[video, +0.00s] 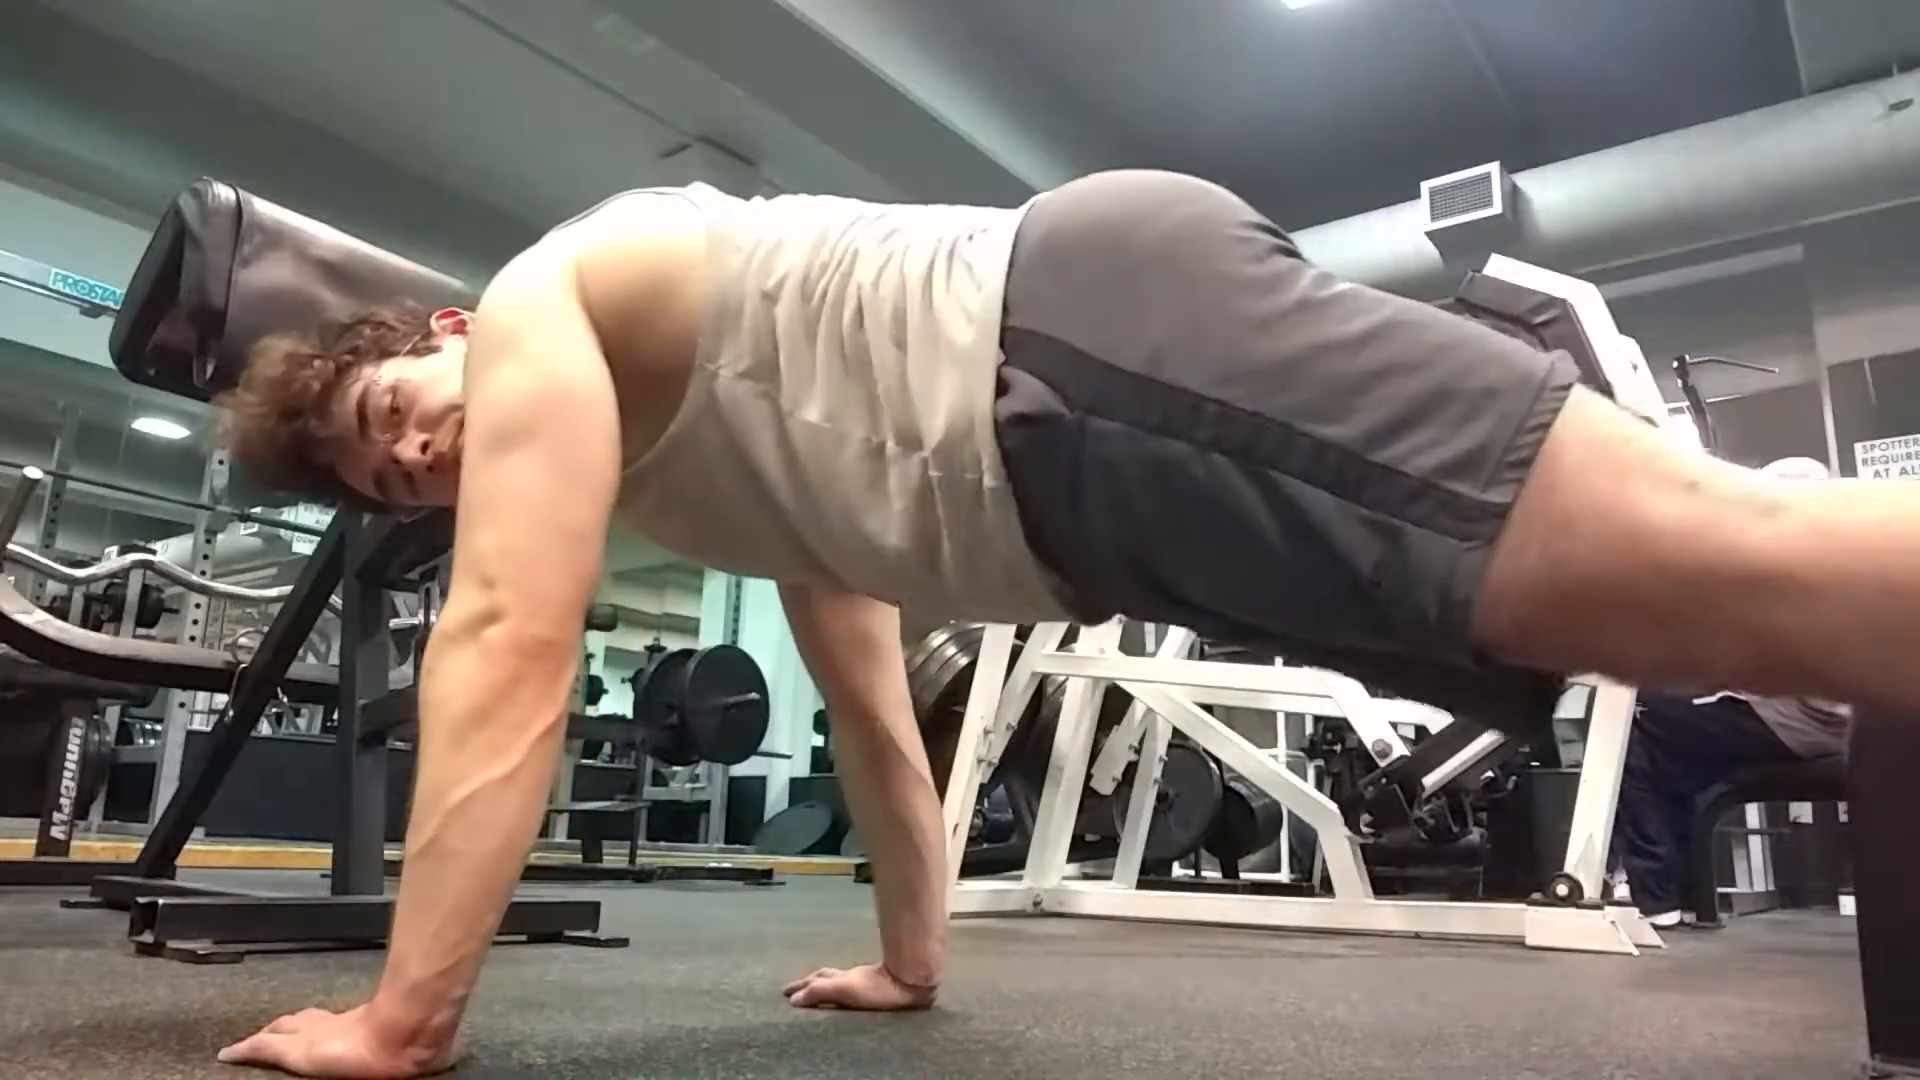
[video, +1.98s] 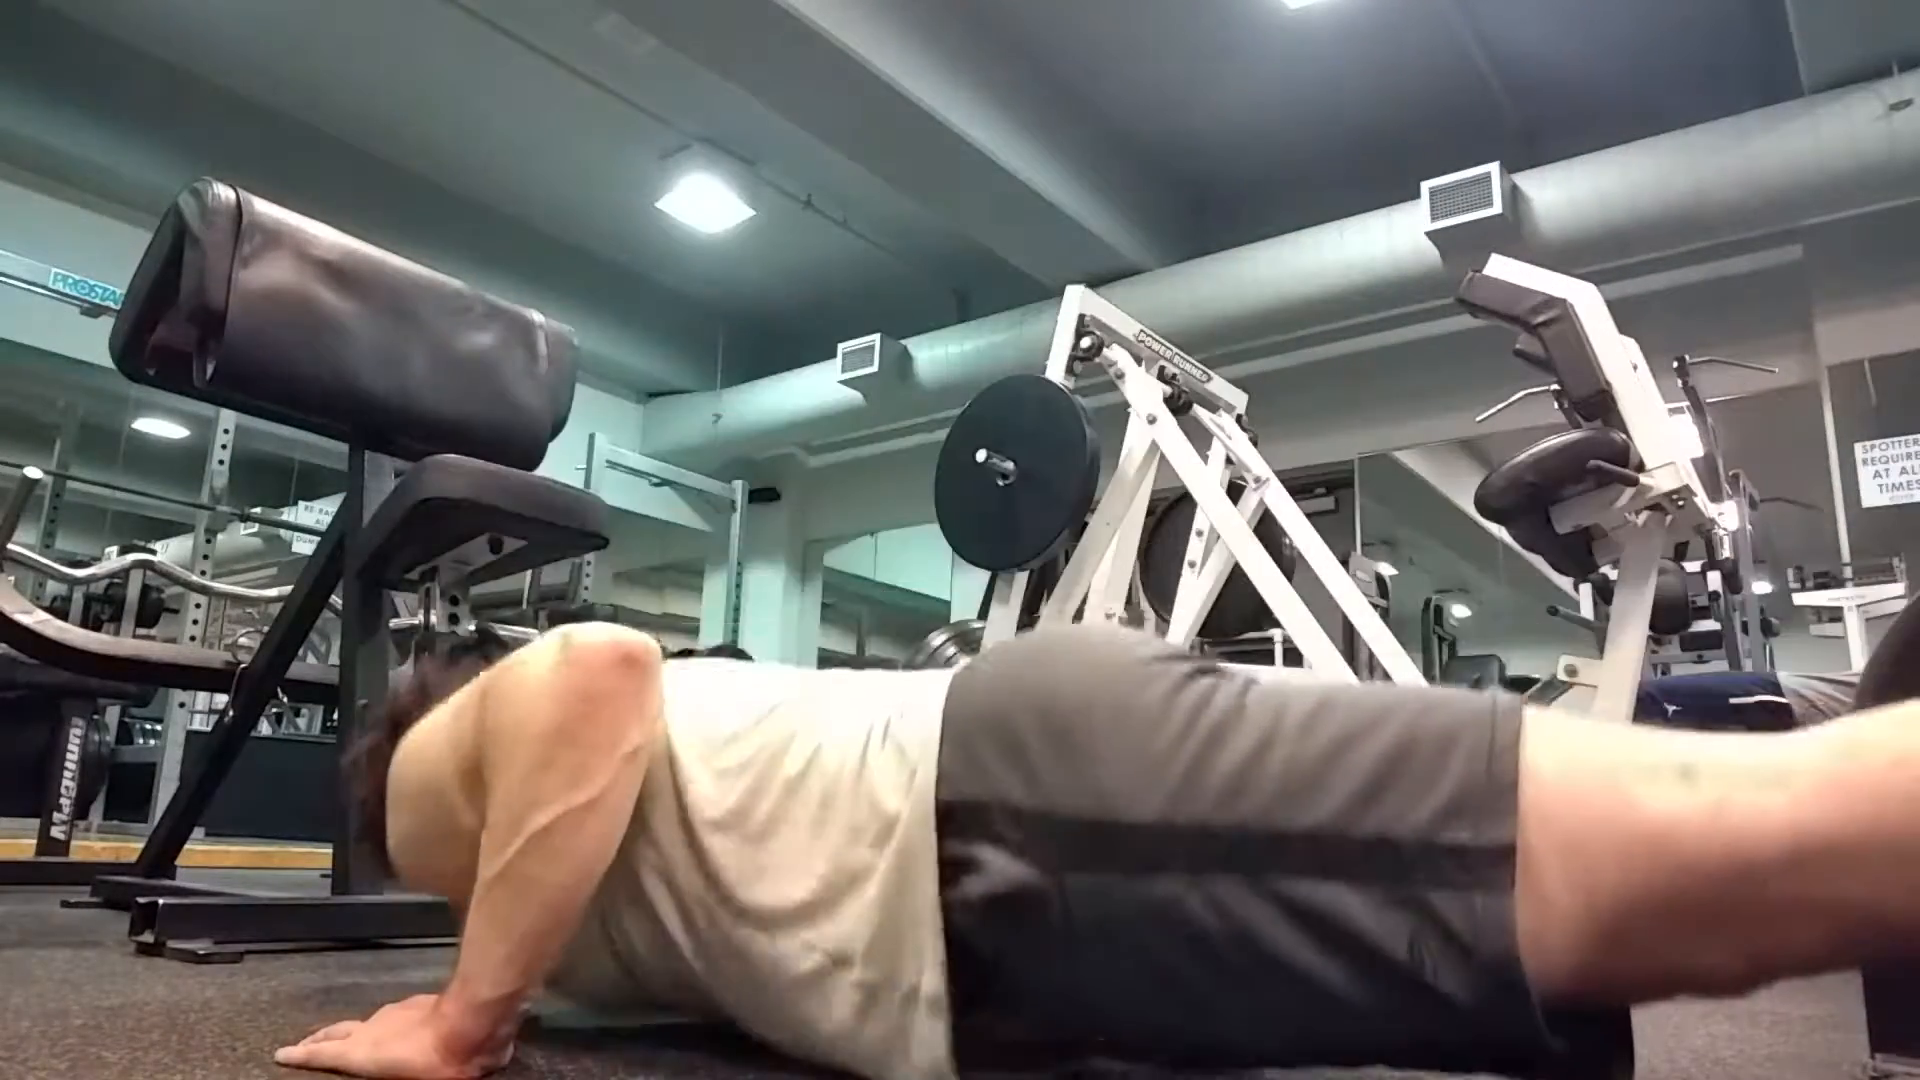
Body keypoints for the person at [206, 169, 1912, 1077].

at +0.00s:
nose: (381, 459)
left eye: (358, 408)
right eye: (344, 473)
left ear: (413, 315)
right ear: (367, 477)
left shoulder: (537, 314)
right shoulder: (724, 422)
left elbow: (508, 647)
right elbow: (869, 695)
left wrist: (403, 1014)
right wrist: (916, 955)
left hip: (1088, 356)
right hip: (1112, 477)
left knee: (1717, 563)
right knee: (1696, 610)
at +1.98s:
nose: (417, 854)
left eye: (394, 838)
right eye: (410, 843)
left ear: (402, 766)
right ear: (425, 802)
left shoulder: (445, 738)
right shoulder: (521, 839)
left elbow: (605, 681)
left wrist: (459, 1017)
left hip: (995, 810)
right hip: (994, 966)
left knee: (1717, 856)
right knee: (1706, 878)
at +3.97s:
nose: (427, 682)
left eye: (410, 643)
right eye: (417, 667)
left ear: (421, 574)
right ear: (519, 493)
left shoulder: (504, 538)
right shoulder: (666, 525)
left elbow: (639, 692)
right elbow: (905, 686)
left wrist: (466, 1023)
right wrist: (929, 946)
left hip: (1034, 662)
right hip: (1054, 690)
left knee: (1762, 768)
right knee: (1736, 781)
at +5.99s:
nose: (432, 497)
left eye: (426, 466)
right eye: (432, 463)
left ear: (447, 427)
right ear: (569, 374)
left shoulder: (523, 462)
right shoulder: (731, 449)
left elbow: (636, 671)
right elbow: (932, 682)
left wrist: (496, 1020)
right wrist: (918, 964)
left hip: (1012, 631)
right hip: (1055, 613)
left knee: (1688, 762)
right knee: (1691, 746)